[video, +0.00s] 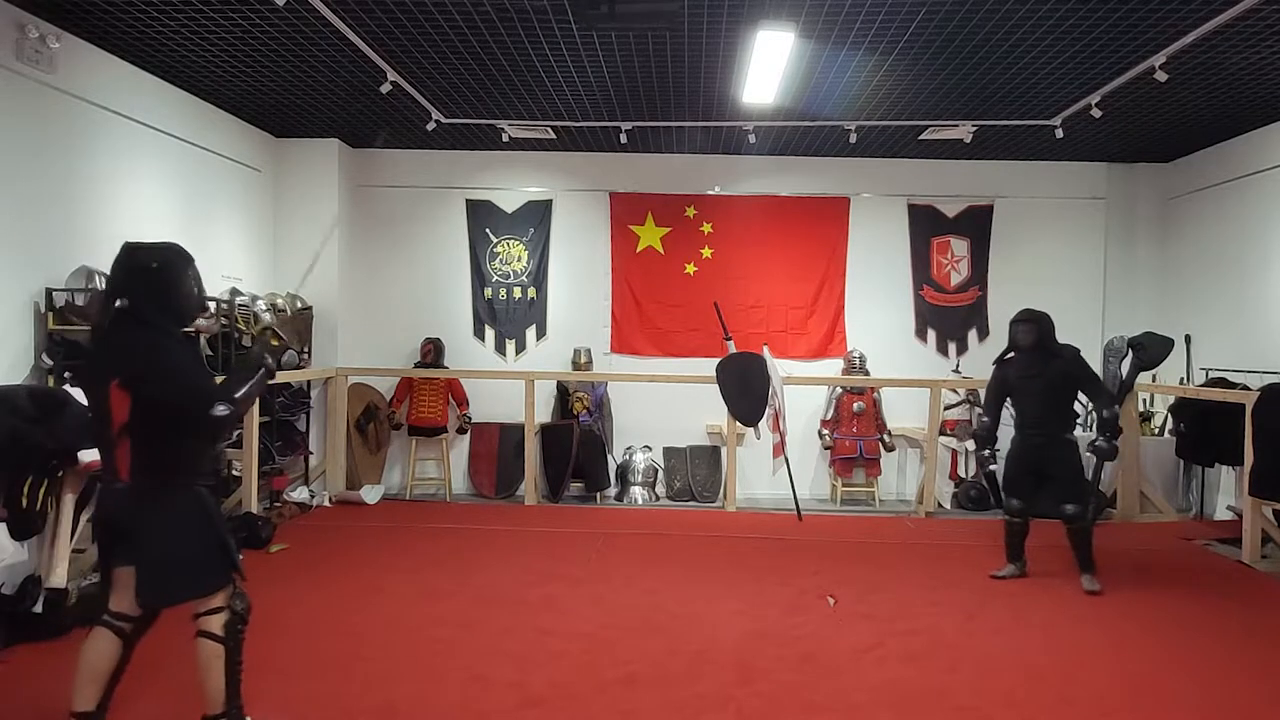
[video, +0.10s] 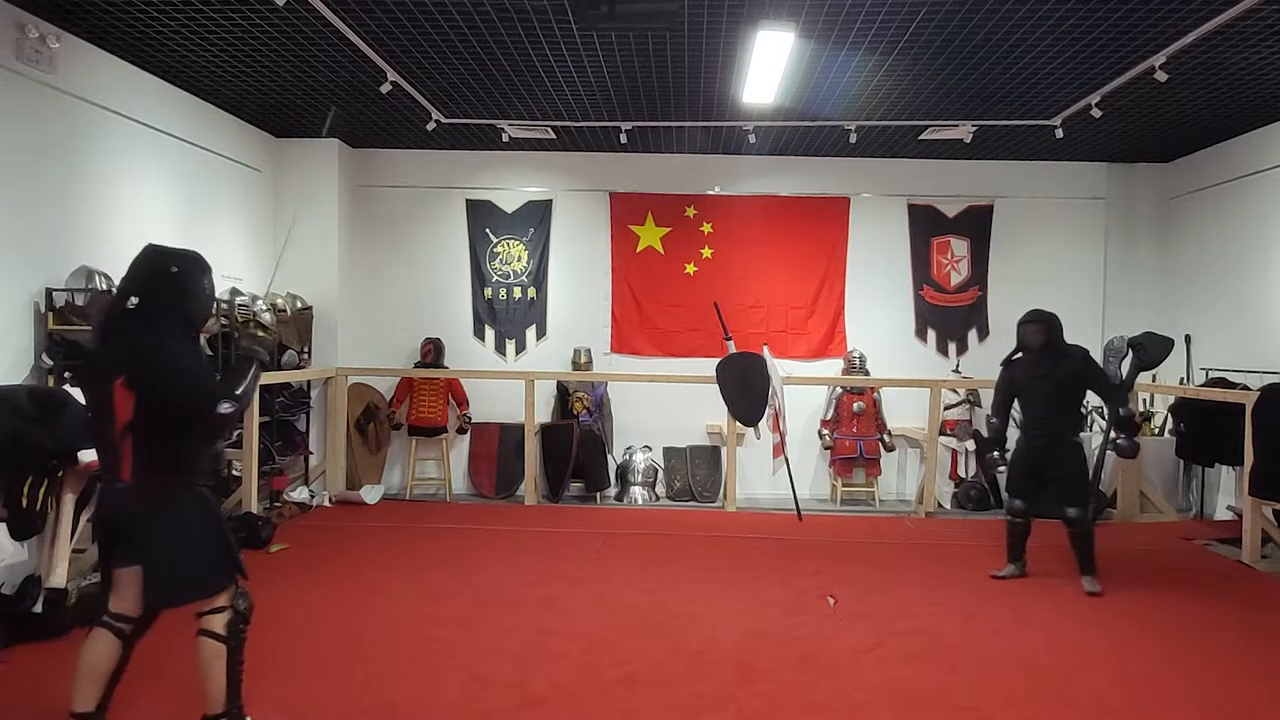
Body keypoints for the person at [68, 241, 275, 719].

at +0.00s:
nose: (198, 291)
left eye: (196, 280)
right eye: (191, 281)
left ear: (131, 287)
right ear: (166, 288)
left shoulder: (109, 339)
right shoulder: (167, 346)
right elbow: (210, 418)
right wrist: (255, 373)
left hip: (121, 497)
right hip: (174, 499)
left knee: (125, 610)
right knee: (222, 599)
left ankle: (84, 712)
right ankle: (223, 713)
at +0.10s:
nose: (211, 304)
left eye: (210, 293)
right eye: (205, 293)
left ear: (147, 289)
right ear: (183, 294)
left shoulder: (118, 341)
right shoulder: (174, 349)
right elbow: (205, 420)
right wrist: (247, 367)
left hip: (123, 498)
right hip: (177, 500)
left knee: (124, 611)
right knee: (223, 601)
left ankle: (83, 712)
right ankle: (223, 713)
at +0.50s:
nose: (209, 294)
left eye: (207, 283)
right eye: (202, 283)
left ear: (145, 287)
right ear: (178, 290)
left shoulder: (114, 338)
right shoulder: (173, 346)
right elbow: (205, 421)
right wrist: (271, 398)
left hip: (116, 497)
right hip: (170, 498)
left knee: (112, 614)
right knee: (217, 602)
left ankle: (79, 712)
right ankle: (222, 711)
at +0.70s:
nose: (199, 289)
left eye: (195, 278)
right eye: (191, 278)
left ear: (134, 287)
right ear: (169, 286)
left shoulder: (113, 337)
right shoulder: (174, 344)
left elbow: (106, 428)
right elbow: (188, 440)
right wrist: (258, 477)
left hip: (115, 495)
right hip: (171, 498)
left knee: (104, 615)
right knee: (229, 599)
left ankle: (77, 714)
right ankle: (221, 714)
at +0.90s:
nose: (217, 294)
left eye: (213, 283)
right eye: (210, 284)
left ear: (149, 295)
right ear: (195, 293)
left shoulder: (133, 349)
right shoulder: (193, 351)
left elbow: (130, 431)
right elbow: (195, 440)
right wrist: (224, 510)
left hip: (146, 499)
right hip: (193, 501)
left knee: (124, 610)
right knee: (254, 597)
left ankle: (82, 712)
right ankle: (221, 712)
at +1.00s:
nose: (240, 292)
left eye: (234, 282)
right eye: (233, 283)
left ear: (167, 295)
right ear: (220, 294)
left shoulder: (147, 350)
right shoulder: (224, 352)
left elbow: (144, 426)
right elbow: (223, 438)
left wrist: (183, 464)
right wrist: (236, 507)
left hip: (170, 495)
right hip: (222, 497)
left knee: (144, 606)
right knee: (263, 601)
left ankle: (86, 711)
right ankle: (224, 712)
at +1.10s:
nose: (264, 289)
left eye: (260, 279)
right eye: (258, 281)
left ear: (201, 291)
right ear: (247, 288)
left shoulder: (188, 340)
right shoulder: (248, 345)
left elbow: (165, 412)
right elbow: (246, 430)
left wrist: (211, 438)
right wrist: (268, 501)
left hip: (195, 489)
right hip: (245, 495)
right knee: (264, 604)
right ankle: (225, 713)